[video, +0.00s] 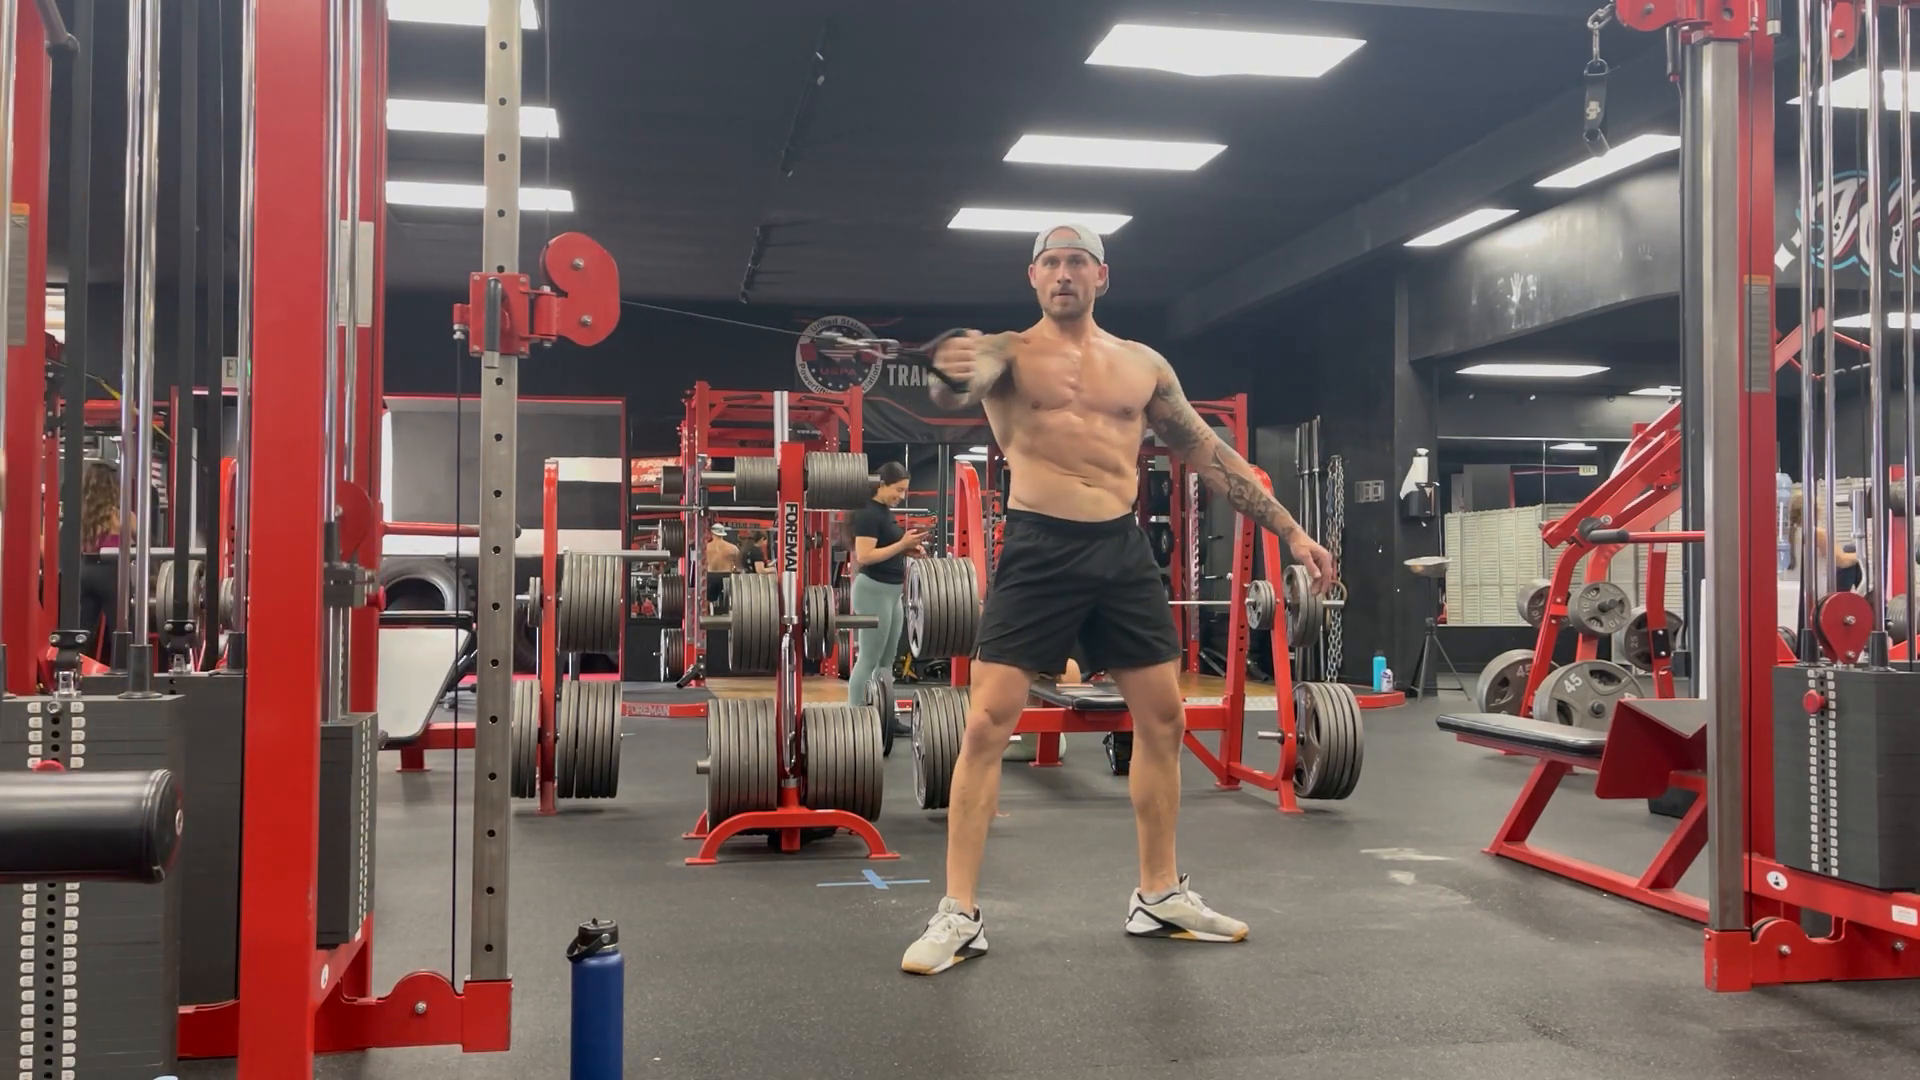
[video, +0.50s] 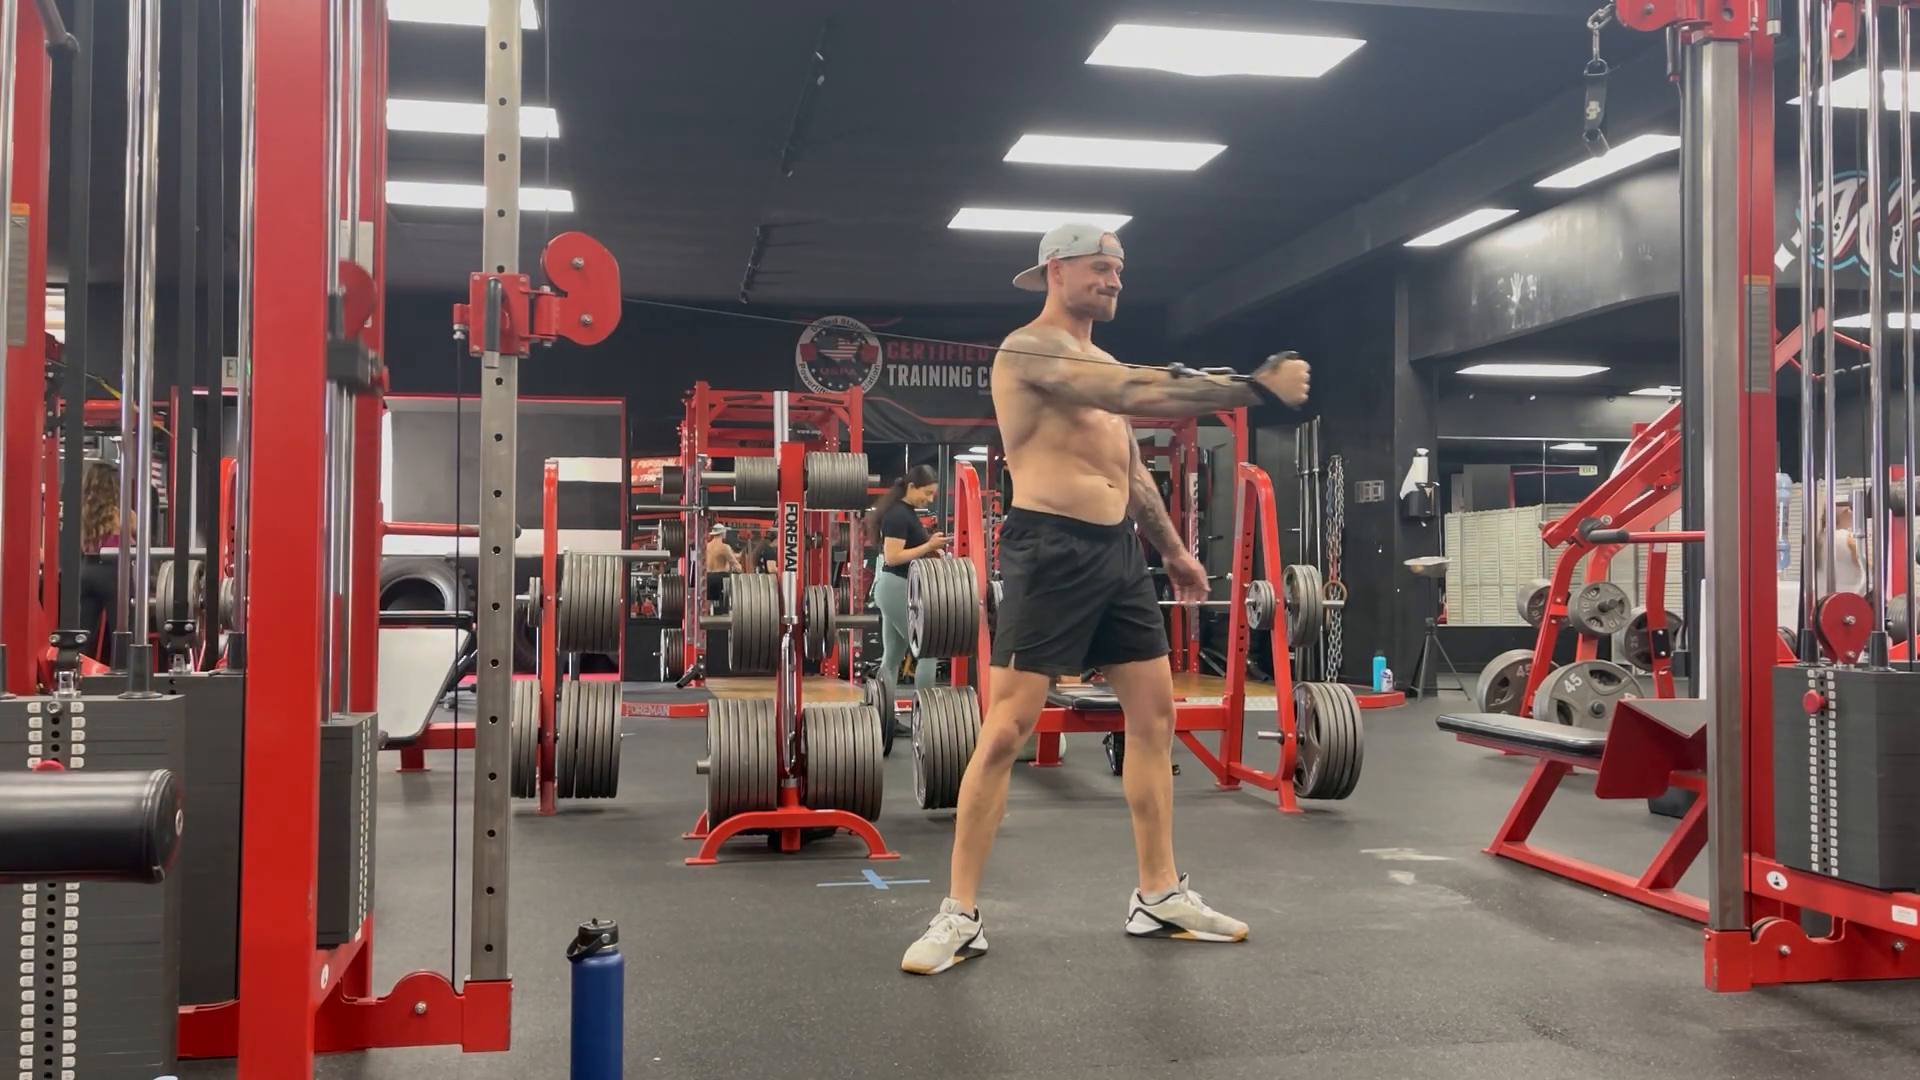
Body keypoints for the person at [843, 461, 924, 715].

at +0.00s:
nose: (902, 496)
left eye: (904, 491)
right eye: (899, 490)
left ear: (897, 487)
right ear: (884, 484)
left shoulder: (885, 513)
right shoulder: (869, 513)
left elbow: (883, 549)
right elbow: (863, 556)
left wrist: (905, 549)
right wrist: (901, 545)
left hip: (892, 592)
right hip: (873, 590)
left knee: (886, 661)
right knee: (868, 660)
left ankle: (880, 717)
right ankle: (855, 718)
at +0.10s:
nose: (907, 496)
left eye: (909, 491)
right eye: (904, 490)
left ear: (892, 488)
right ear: (887, 485)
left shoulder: (889, 514)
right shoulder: (875, 514)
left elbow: (891, 551)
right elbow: (871, 558)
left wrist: (913, 548)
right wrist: (908, 544)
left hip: (896, 592)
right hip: (879, 591)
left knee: (889, 659)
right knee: (878, 658)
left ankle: (885, 716)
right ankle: (858, 714)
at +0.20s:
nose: (912, 497)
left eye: (914, 492)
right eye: (909, 490)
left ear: (898, 489)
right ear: (893, 485)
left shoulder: (892, 513)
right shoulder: (880, 514)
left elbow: (891, 551)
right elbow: (877, 558)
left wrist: (916, 549)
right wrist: (914, 545)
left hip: (893, 589)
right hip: (884, 589)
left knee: (891, 657)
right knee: (889, 658)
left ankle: (880, 712)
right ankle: (869, 713)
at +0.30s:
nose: (918, 497)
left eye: (920, 492)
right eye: (915, 490)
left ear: (901, 487)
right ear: (898, 485)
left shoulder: (895, 512)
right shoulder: (886, 513)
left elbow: (894, 550)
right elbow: (883, 557)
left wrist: (918, 548)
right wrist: (918, 545)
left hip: (893, 586)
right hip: (886, 587)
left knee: (886, 655)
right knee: (905, 654)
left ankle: (874, 711)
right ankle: (881, 710)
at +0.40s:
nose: (923, 498)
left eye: (926, 493)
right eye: (921, 492)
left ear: (907, 488)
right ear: (904, 485)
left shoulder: (899, 512)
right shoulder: (892, 513)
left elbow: (897, 551)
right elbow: (887, 557)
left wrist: (921, 550)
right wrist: (923, 546)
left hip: (893, 585)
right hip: (890, 586)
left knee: (889, 657)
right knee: (919, 650)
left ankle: (881, 713)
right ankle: (898, 712)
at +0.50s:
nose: (931, 499)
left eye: (933, 494)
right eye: (928, 493)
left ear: (913, 488)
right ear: (912, 487)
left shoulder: (906, 511)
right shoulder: (898, 513)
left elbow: (904, 551)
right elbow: (892, 557)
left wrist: (929, 549)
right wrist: (928, 546)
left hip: (897, 583)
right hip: (896, 584)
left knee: (893, 653)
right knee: (928, 648)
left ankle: (882, 714)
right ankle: (926, 716)